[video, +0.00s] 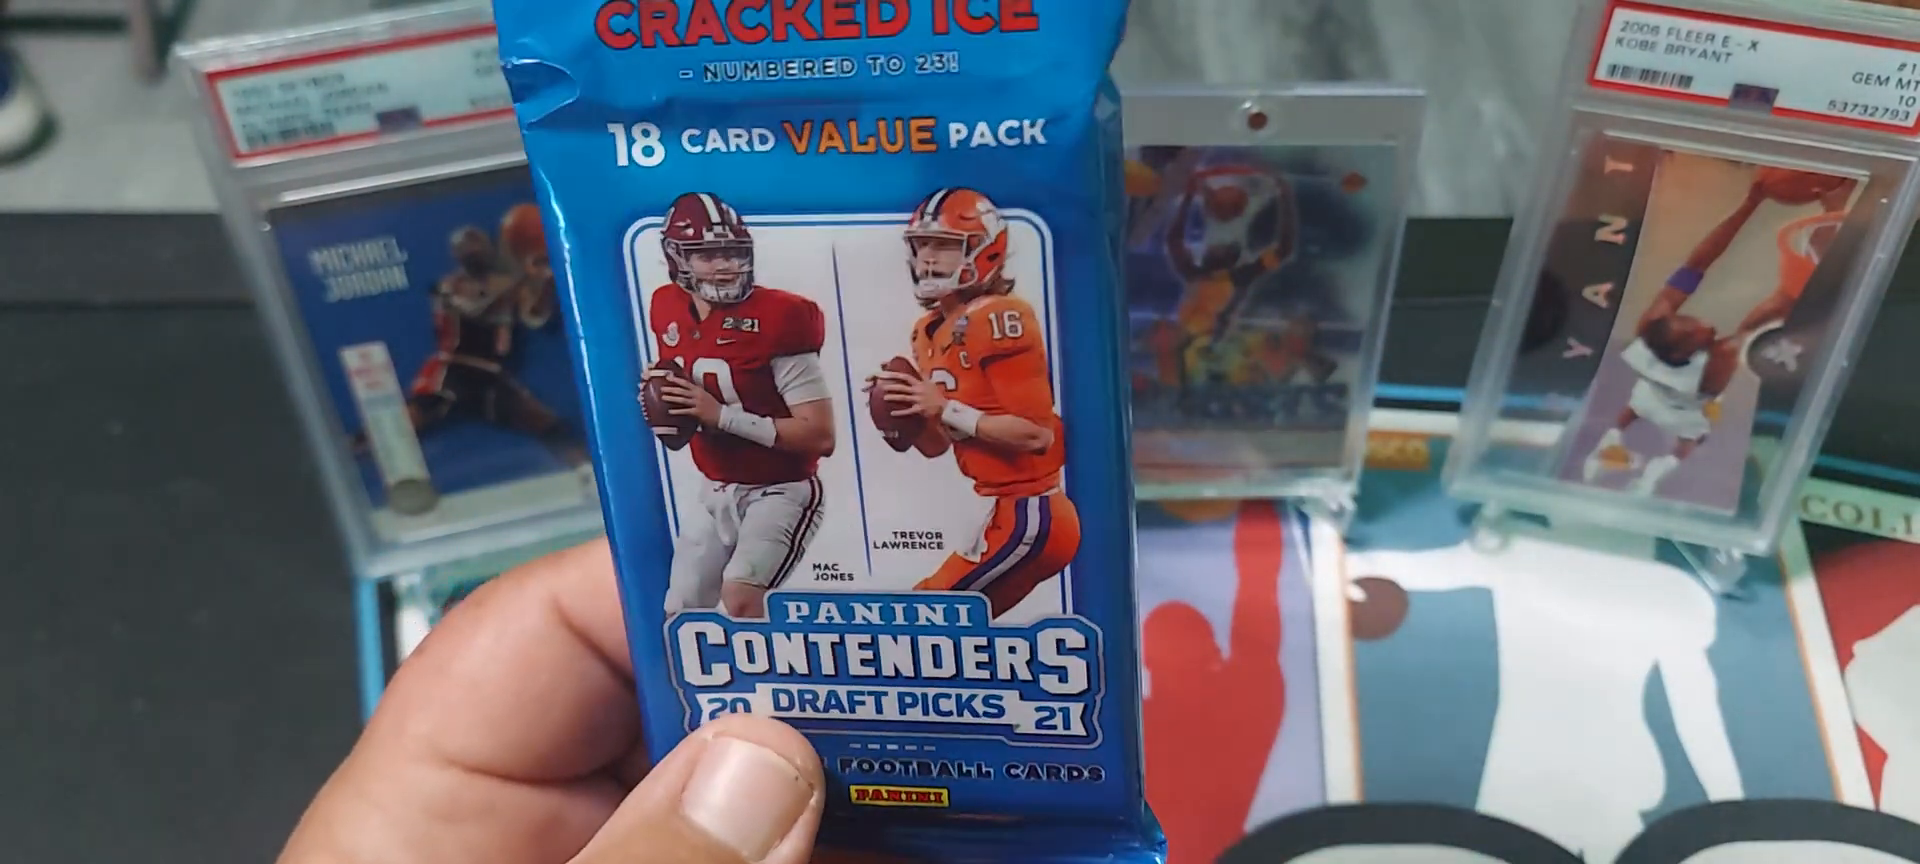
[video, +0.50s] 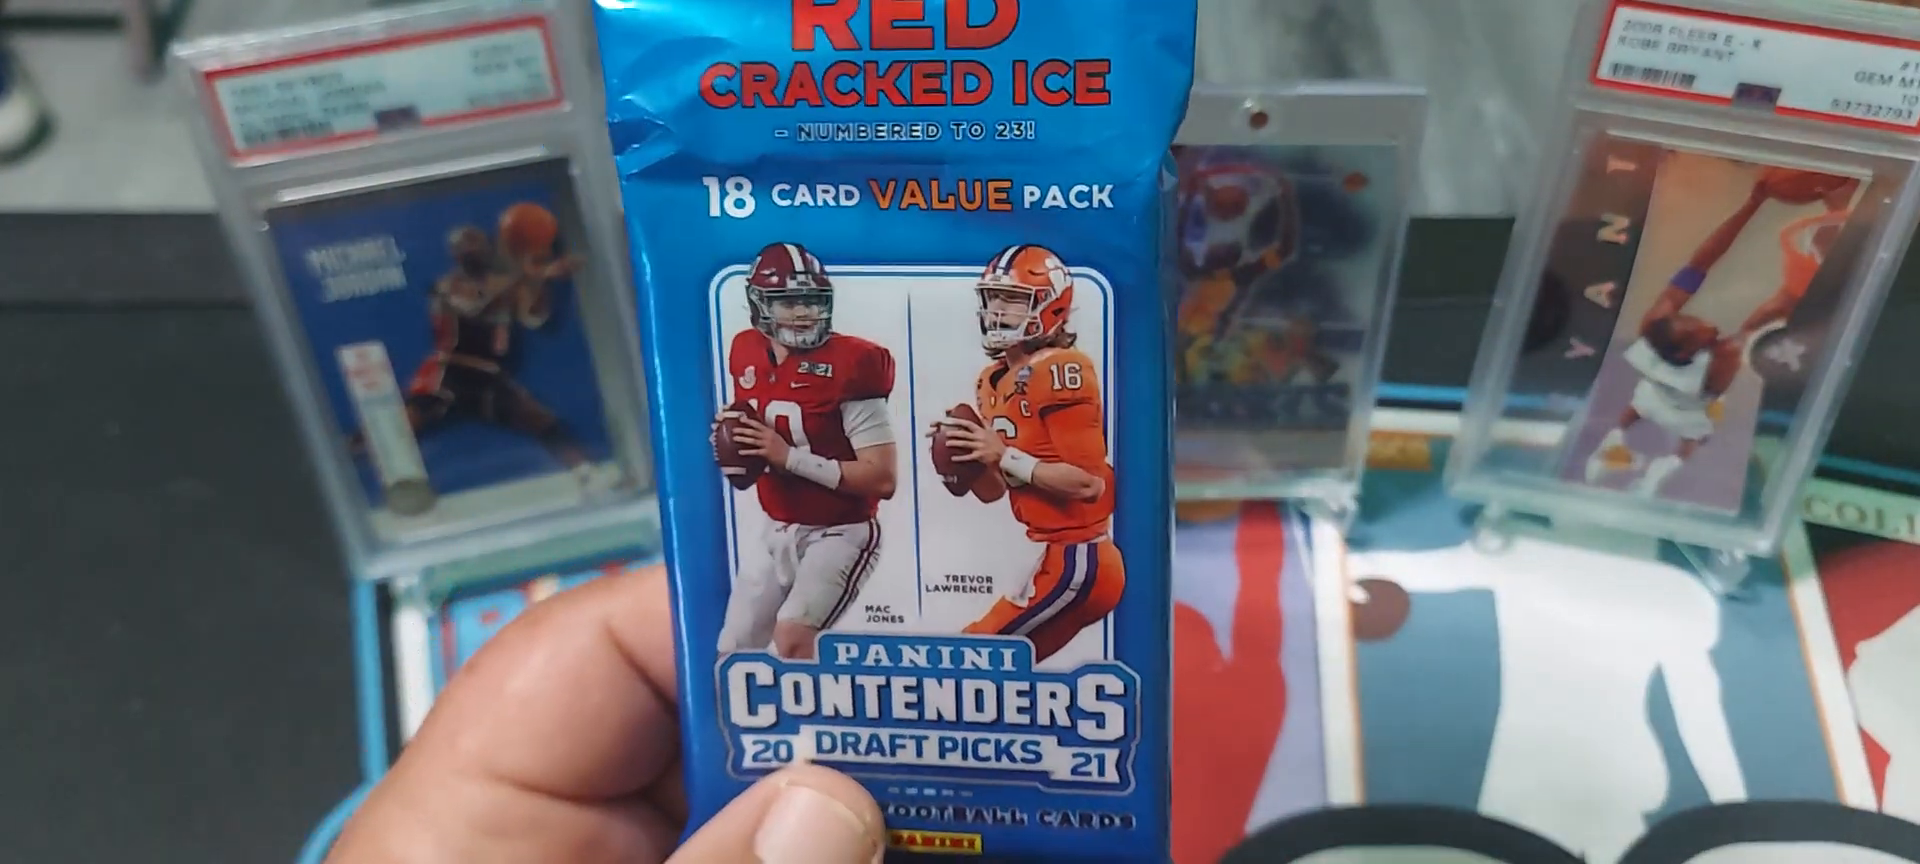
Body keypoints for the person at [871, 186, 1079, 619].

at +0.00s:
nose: (927, 260)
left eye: (944, 248)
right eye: (921, 247)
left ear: (984, 252)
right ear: (912, 251)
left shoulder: (1002, 318)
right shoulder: (928, 331)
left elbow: (1035, 433)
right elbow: (934, 444)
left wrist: (942, 407)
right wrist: (900, 411)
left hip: (1031, 517)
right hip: (1003, 513)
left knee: (917, 620)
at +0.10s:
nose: (945, 256)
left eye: (961, 243)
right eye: (940, 242)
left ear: (999, 246)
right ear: (930, 245)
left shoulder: (1014, 313)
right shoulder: (943, 325)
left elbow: (1046, 428)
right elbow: (947, 441)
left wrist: (956, 402)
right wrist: (913, 401)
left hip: (1041, 512)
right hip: (1011, 508)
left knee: (928, 621)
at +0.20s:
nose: (947, 272)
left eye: (963, 260)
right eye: (941, 258)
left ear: (1002, 263)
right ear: (931, 261)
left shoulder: (1016, 329)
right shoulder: (943, 341)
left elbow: (1048, 445)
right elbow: (948, 456)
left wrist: (957, 418)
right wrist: (915, 418)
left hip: (1042, 529)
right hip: (1014, 525)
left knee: (930, 635)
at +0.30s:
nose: (949, 289)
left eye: (965, 277)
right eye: (944, 275)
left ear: (1004, 281)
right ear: (934, 279)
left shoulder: (1019, 347)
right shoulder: (948, 359)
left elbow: (1052, 462)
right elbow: (952, 472)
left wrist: (961, 435)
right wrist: (918, 436)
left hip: (1048, 543)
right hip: (1019, 539)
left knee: (934, 647)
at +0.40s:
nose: (965, 305)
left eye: (981, 293)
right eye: (960, 291)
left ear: (1019, 298)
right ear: (950, 295)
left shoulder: (1033, 363)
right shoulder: (963, 375)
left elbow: (1065, 476)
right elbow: (967, 485)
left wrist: (975, 448)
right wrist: (935, 455)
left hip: (1060, 555)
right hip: (1034, 551)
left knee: (950, 657)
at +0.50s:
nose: (996, 313)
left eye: (1011, 301)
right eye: (992, 300)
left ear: (1047, 306)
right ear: (983, 303)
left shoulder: (1062, 371)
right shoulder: (992, 380)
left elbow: (1087, 482)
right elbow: (990, 490)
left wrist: (1001, 455)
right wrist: (961, 453)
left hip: (1078, 562)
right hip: (1052, 558)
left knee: (966, 663)